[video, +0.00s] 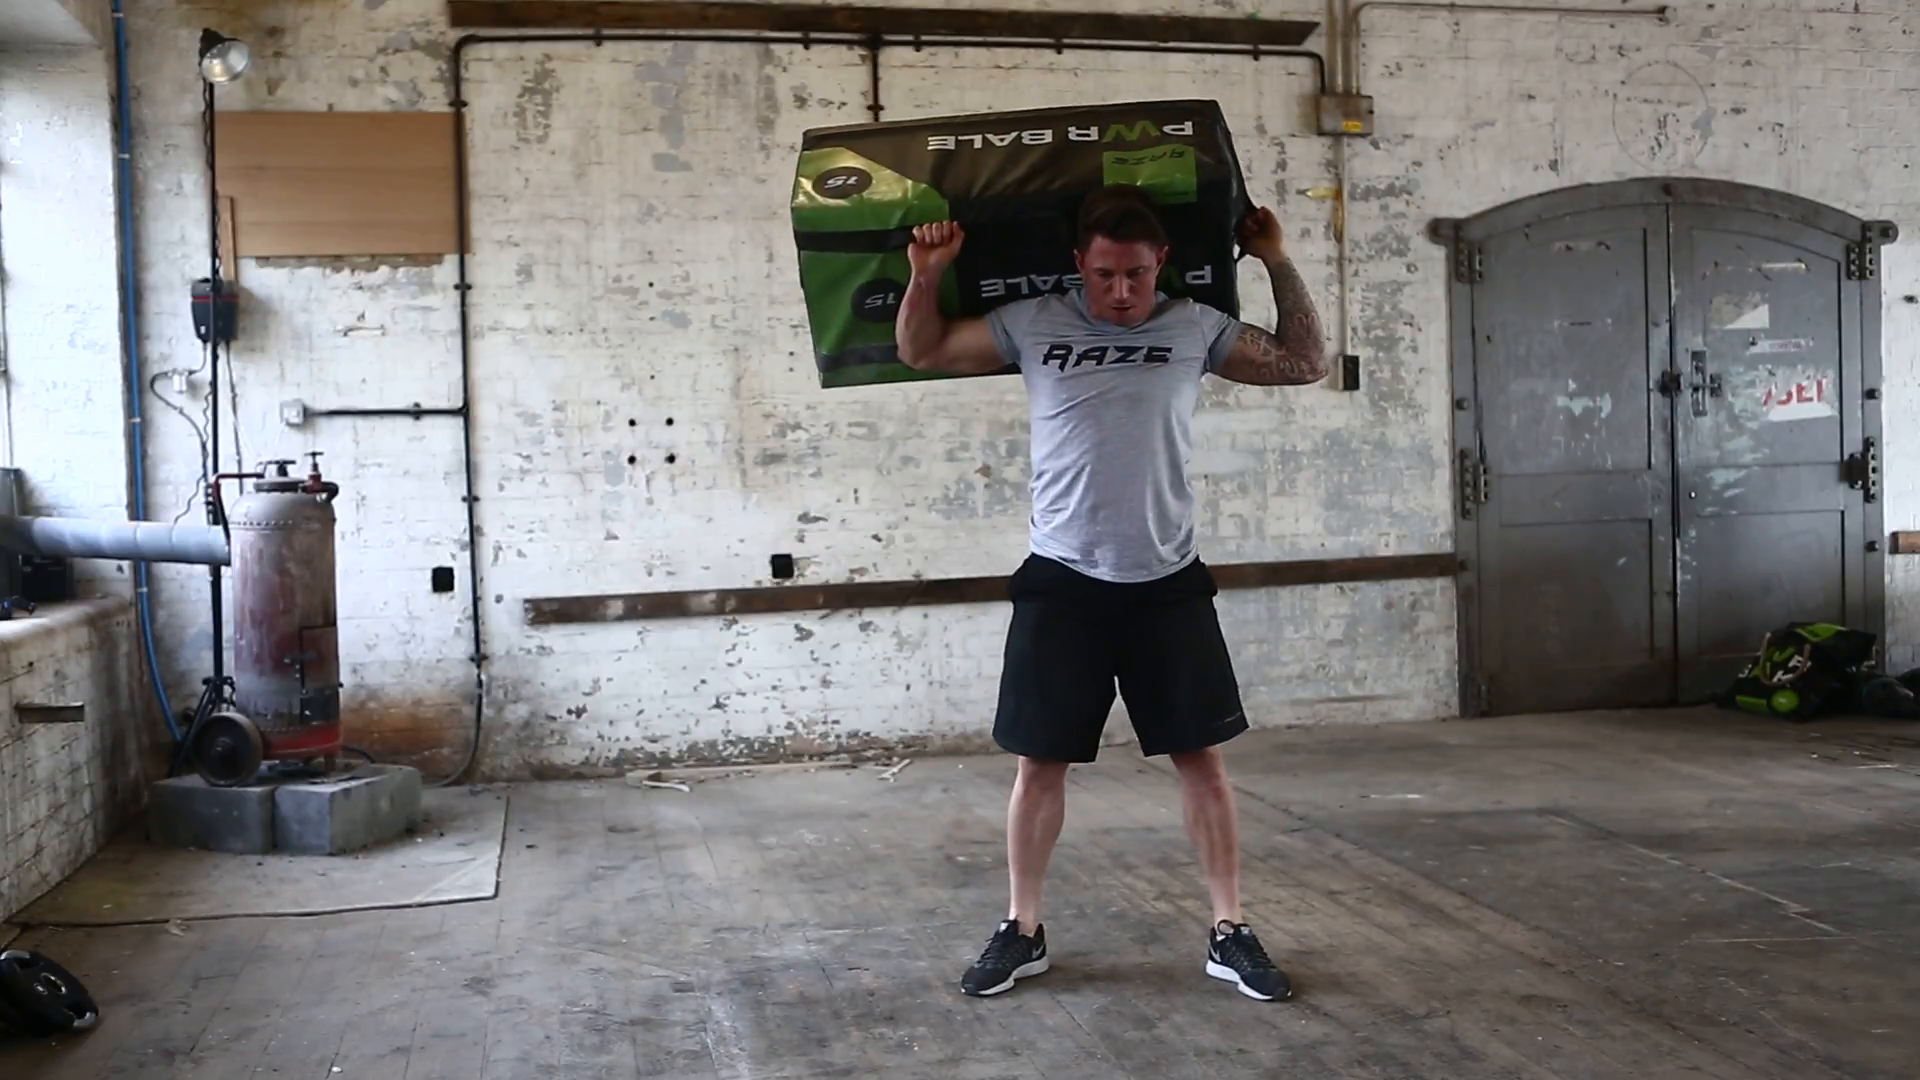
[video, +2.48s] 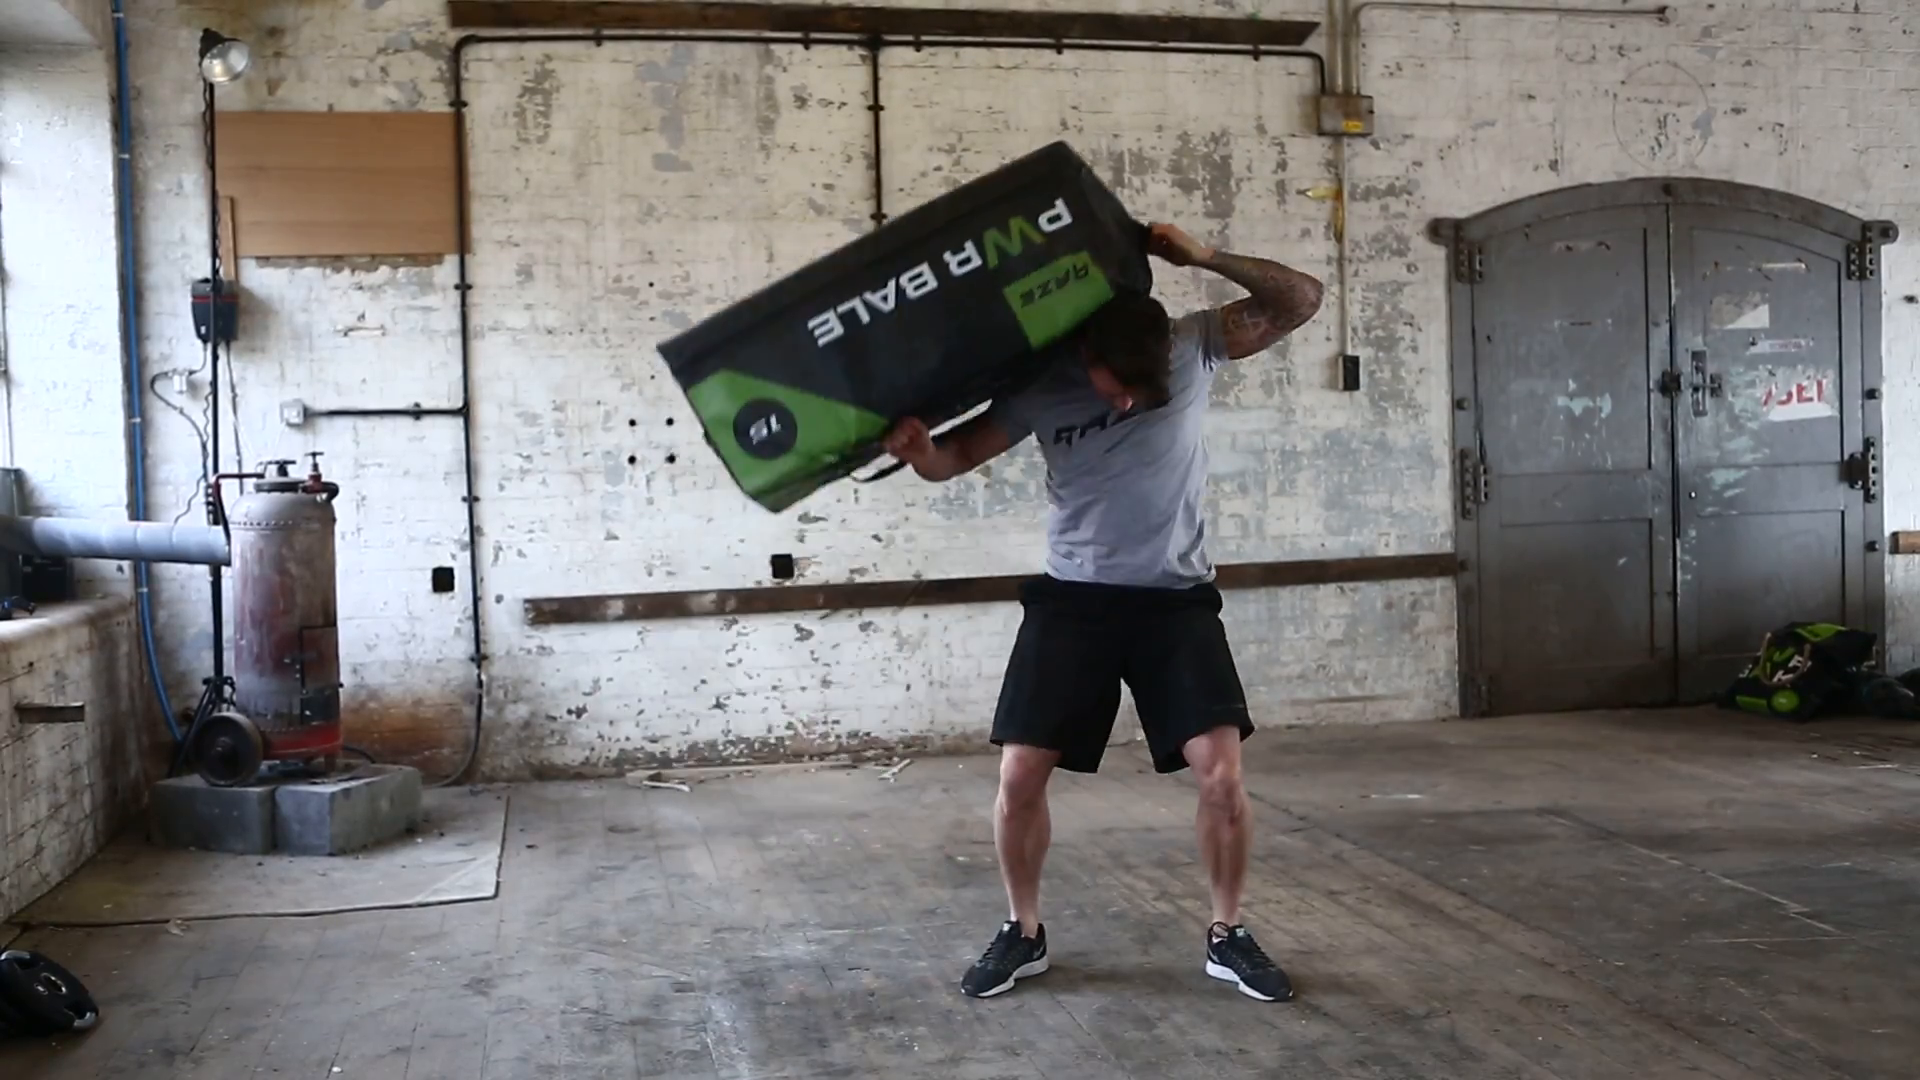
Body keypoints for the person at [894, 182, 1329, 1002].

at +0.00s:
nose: (1121, 291)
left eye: (1136, 275)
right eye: (1106, 275)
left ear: (1160, 268)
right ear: (1080, 266)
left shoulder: (1191, 327)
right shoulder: (1035, 324)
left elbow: (1305, 361)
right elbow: (922, 349)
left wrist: (1276, 258)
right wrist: (924, 275)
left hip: (1167, 582)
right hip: (1061, 582)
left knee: (1200, 759)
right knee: (1039, 766)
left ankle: (1230, 929)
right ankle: (1021, 927)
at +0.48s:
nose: (1033, 371)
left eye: (1046, 355)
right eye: (1019, 357)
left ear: (1080, 325)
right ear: (1003, 341)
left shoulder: (1130, 331)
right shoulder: (999, 410)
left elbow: (1154, 227)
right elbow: (928, 507)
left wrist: (1048, 221)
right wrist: (884, 481)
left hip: (1181, 591)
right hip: (1075, 600)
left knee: (1231, 766)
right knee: (1017, 772)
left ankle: (1230, 932)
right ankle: (1022, 930)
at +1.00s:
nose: (966, 671)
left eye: (964, 658)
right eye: (952, 669)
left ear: (976, 611)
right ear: (937, 660)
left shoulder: (1047, 568)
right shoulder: (952, 665)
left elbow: (969, 594)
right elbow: (937, 767)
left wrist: (856, 584)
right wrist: (895, 871)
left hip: (1156, 718)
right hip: (1056, 729)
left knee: (1217, 810)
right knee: (966, 800)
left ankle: (1219, 938)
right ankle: (1024, 934)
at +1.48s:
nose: (1001, 751)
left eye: (1007, 735)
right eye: (989, 747)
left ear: (1021, 691)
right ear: (949, 717)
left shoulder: (1060, 617)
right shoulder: (958, 712)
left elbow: (1018, 632)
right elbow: (938, 791)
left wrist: (937, 613)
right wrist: (912, 873)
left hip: (1154, 747)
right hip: (1058, 763)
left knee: (1220, 807)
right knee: (968, 815)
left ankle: (1218, 936)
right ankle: (1026, 935)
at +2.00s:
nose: (1059, 690)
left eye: (1061, 678)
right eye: (1040, 694)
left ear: (1073, 629)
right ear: (1002, 655)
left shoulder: (1097, 575)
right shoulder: (995, 651)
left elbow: (1149, 521)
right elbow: (971, 741)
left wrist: (1034, 541)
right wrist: (942, 809)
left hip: (1170, 731)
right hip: (1075, 737)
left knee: (1239, 807)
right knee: (977, 798)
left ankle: (1222, 935)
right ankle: (1023, 933)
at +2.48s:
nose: (1124, 400)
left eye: (1134, 386)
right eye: (1108, 388)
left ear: (1157, 351)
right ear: (1084, 360)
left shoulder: (1193, 345)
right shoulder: (1047, 391)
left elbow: (1303, 297)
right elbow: (949, 458)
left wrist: (1208, 257)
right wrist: (920, 450)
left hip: (1177, 600)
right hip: (1071, 602)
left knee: (1222, 775)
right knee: (1018, 779)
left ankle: (1227, 933)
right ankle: (1023, 930)